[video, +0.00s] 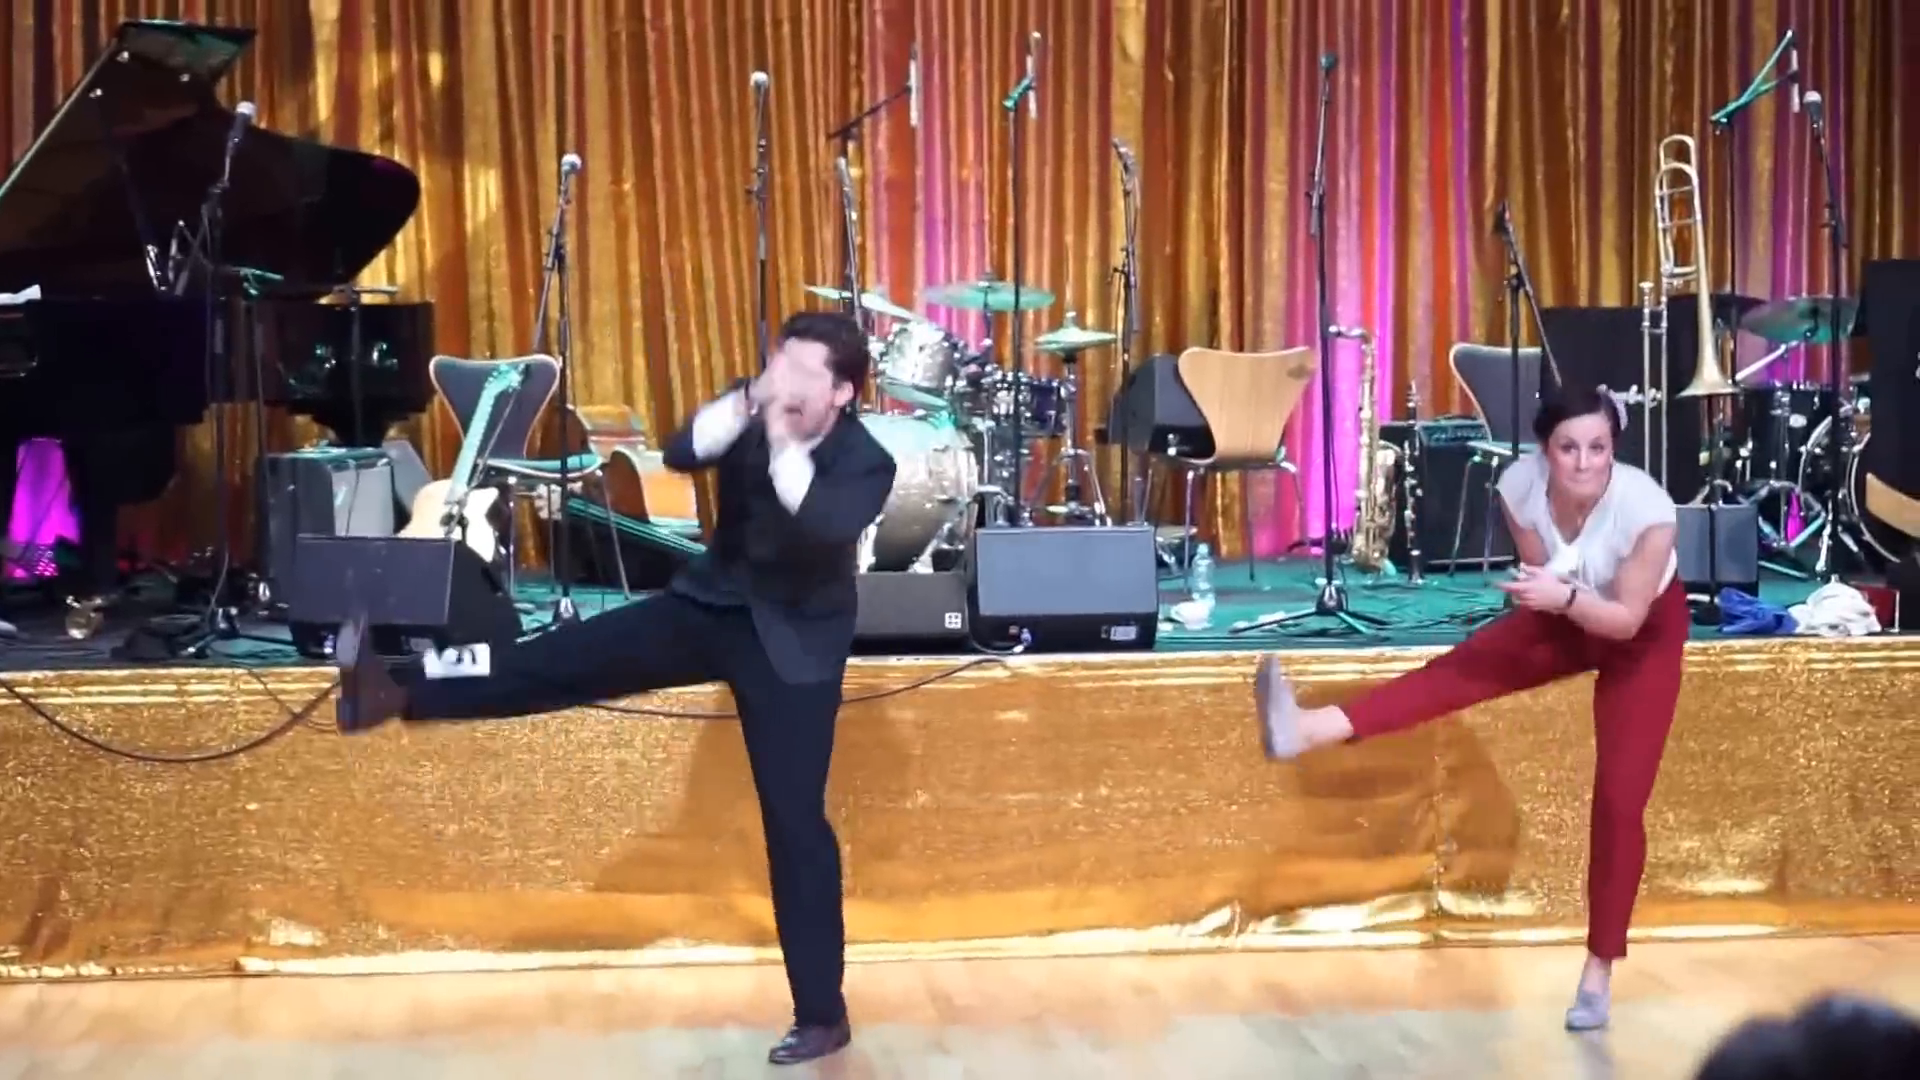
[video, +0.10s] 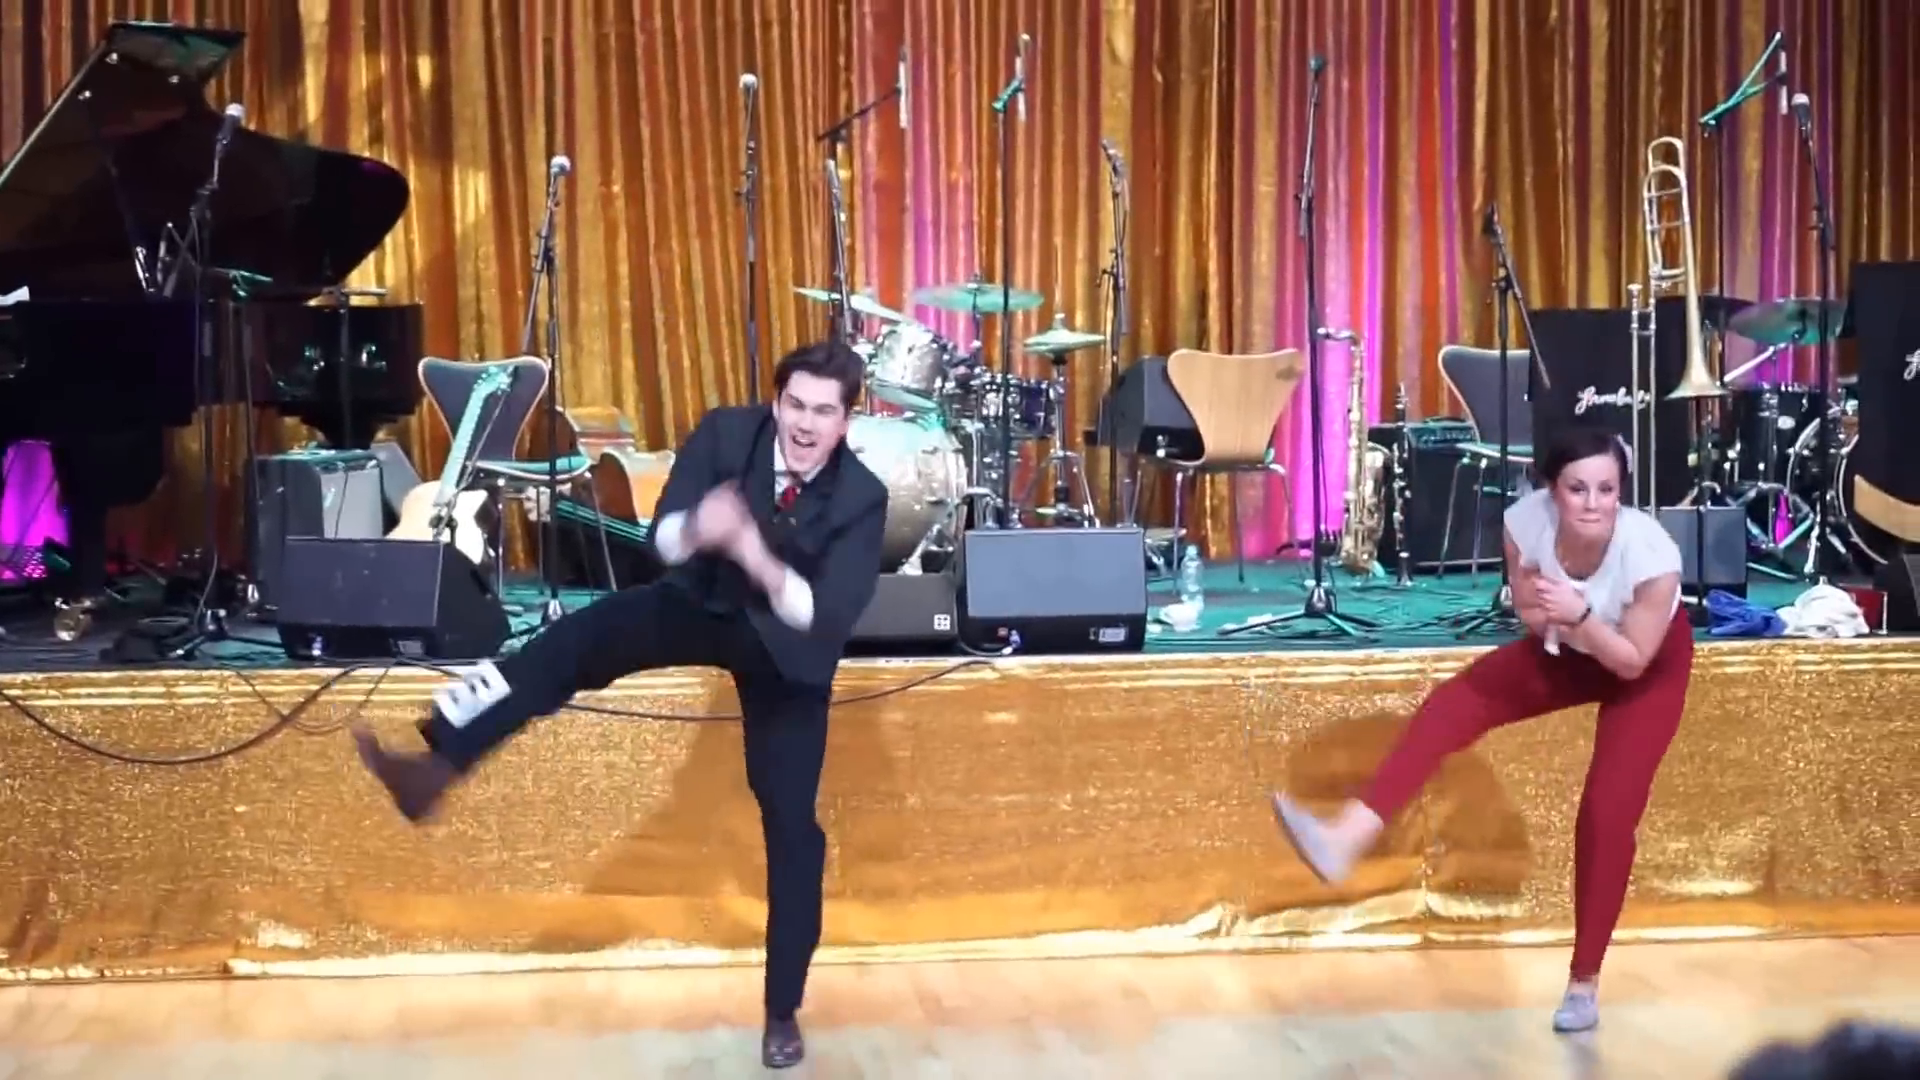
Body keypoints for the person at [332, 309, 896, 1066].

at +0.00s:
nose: (781, 391)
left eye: (800, 383)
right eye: (778, 374)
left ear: (844, 392)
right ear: (770, 367)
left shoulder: (865, 460)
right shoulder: (752, 411)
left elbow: (828, 522)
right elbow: (682, 455)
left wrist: (783, 443)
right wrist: (743, 407)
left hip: (792, 647)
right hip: (706, 609)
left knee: (794, 822)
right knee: (563, 661)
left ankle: (822, 1017)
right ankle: (397, 694)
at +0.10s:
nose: (806, 423)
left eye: (825, 411)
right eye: (797, 405)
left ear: (850, 417)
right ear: (778, 399)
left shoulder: (862, 498)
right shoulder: (726, 434)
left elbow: (828, 617)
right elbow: (665, 541)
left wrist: (758, 558)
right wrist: (700, 526)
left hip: (786, 654)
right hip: (697, 608)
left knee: (792, 823)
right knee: (572, 643)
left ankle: (783, 1010)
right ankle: (434, 770)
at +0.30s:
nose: (829, 516)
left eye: (841, 500)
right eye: (815, 499)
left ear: (853, 502)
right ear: (780, 495)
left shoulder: (853, 578)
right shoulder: (711, 534)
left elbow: (849, 701)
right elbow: (649, 644)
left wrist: (853, 830)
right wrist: (592, 762)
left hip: (769, 713)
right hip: (675, 698)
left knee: (758, 854)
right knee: (643, 843)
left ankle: (669, 1020)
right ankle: (730, 960)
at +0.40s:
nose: (837, 549)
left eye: (846, 533)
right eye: (822, 533)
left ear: (856, 533)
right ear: (782, 531)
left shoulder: (849, 592)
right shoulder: (704, 572)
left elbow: (844, 692)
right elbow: (647, 667)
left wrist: (849, 797)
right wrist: (611, 768)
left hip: (769, 715)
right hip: (679, 716)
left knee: (779, 855)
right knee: (689, 872)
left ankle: (668, 1008)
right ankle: (734, 978)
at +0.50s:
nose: (843, 553)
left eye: (850, 536)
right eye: (828, 538)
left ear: (859, 535)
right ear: (784, 540)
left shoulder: (854, 588)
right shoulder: (700, 577)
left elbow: (835, 665)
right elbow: (641, 652)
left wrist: (822, 731)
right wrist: (630, 729)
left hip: (771, 698)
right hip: (681, 699)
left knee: (811, 819)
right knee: (694, 846)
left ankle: (734, 971)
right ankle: (687, 975)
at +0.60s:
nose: (849, 563)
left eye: (855, 547)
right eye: (833, 549)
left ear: (864, 547)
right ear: (789, 554)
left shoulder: (860, 599)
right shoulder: (707, 597)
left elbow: (828, 678)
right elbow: (625, 657)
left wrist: (799, 732)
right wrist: (634, 733)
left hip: (773, 713)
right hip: (687, 712)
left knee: (809, 831)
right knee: (710, 860)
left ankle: (812, 970)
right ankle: (610, 995)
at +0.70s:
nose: (863, 564)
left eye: (866, 549)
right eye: (847, 552)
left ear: (872, 547)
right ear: (803, 560)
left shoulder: (871, 592)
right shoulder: (723, 608)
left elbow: (849, 658)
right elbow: (642, 675)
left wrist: (826, 714)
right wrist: (639, 758)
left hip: (792, 727)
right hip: (707, 727)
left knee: (817, 867)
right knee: (721, 874)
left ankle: (794, 983)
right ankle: (605, 995)